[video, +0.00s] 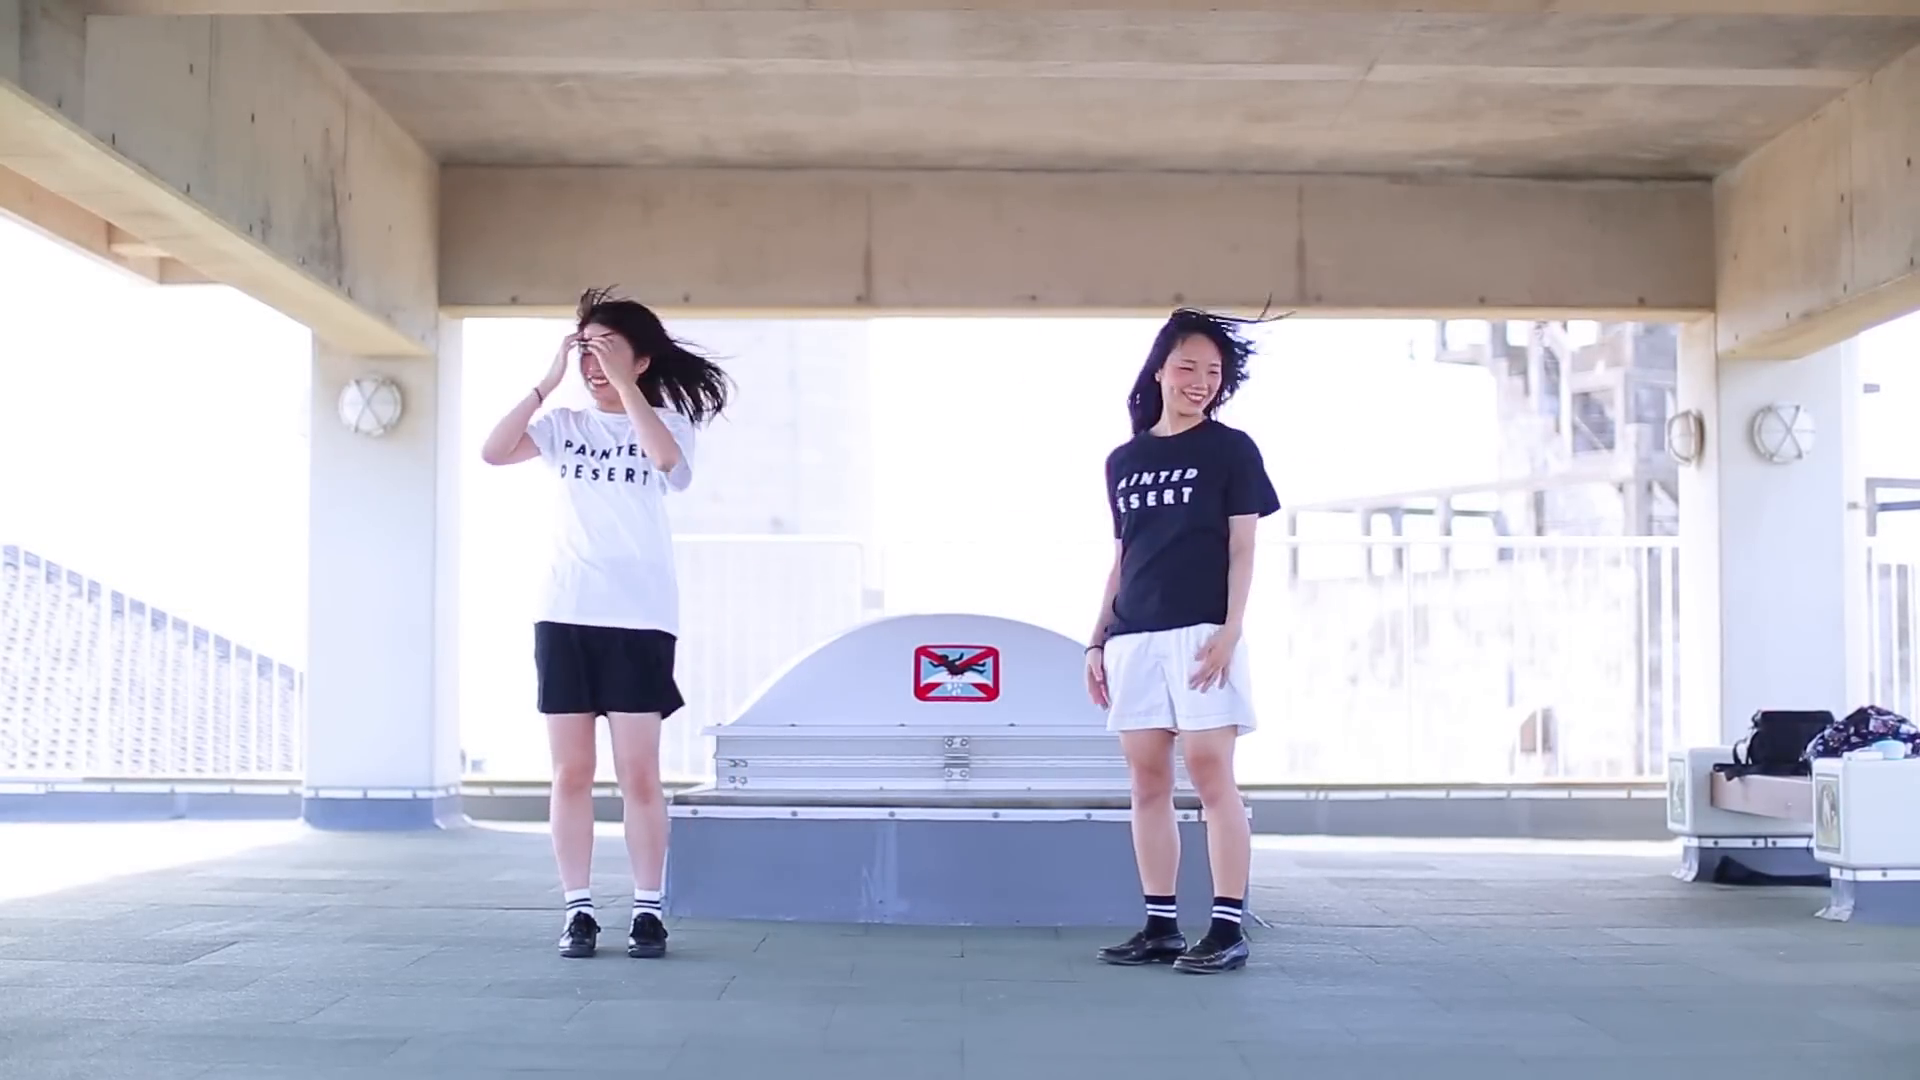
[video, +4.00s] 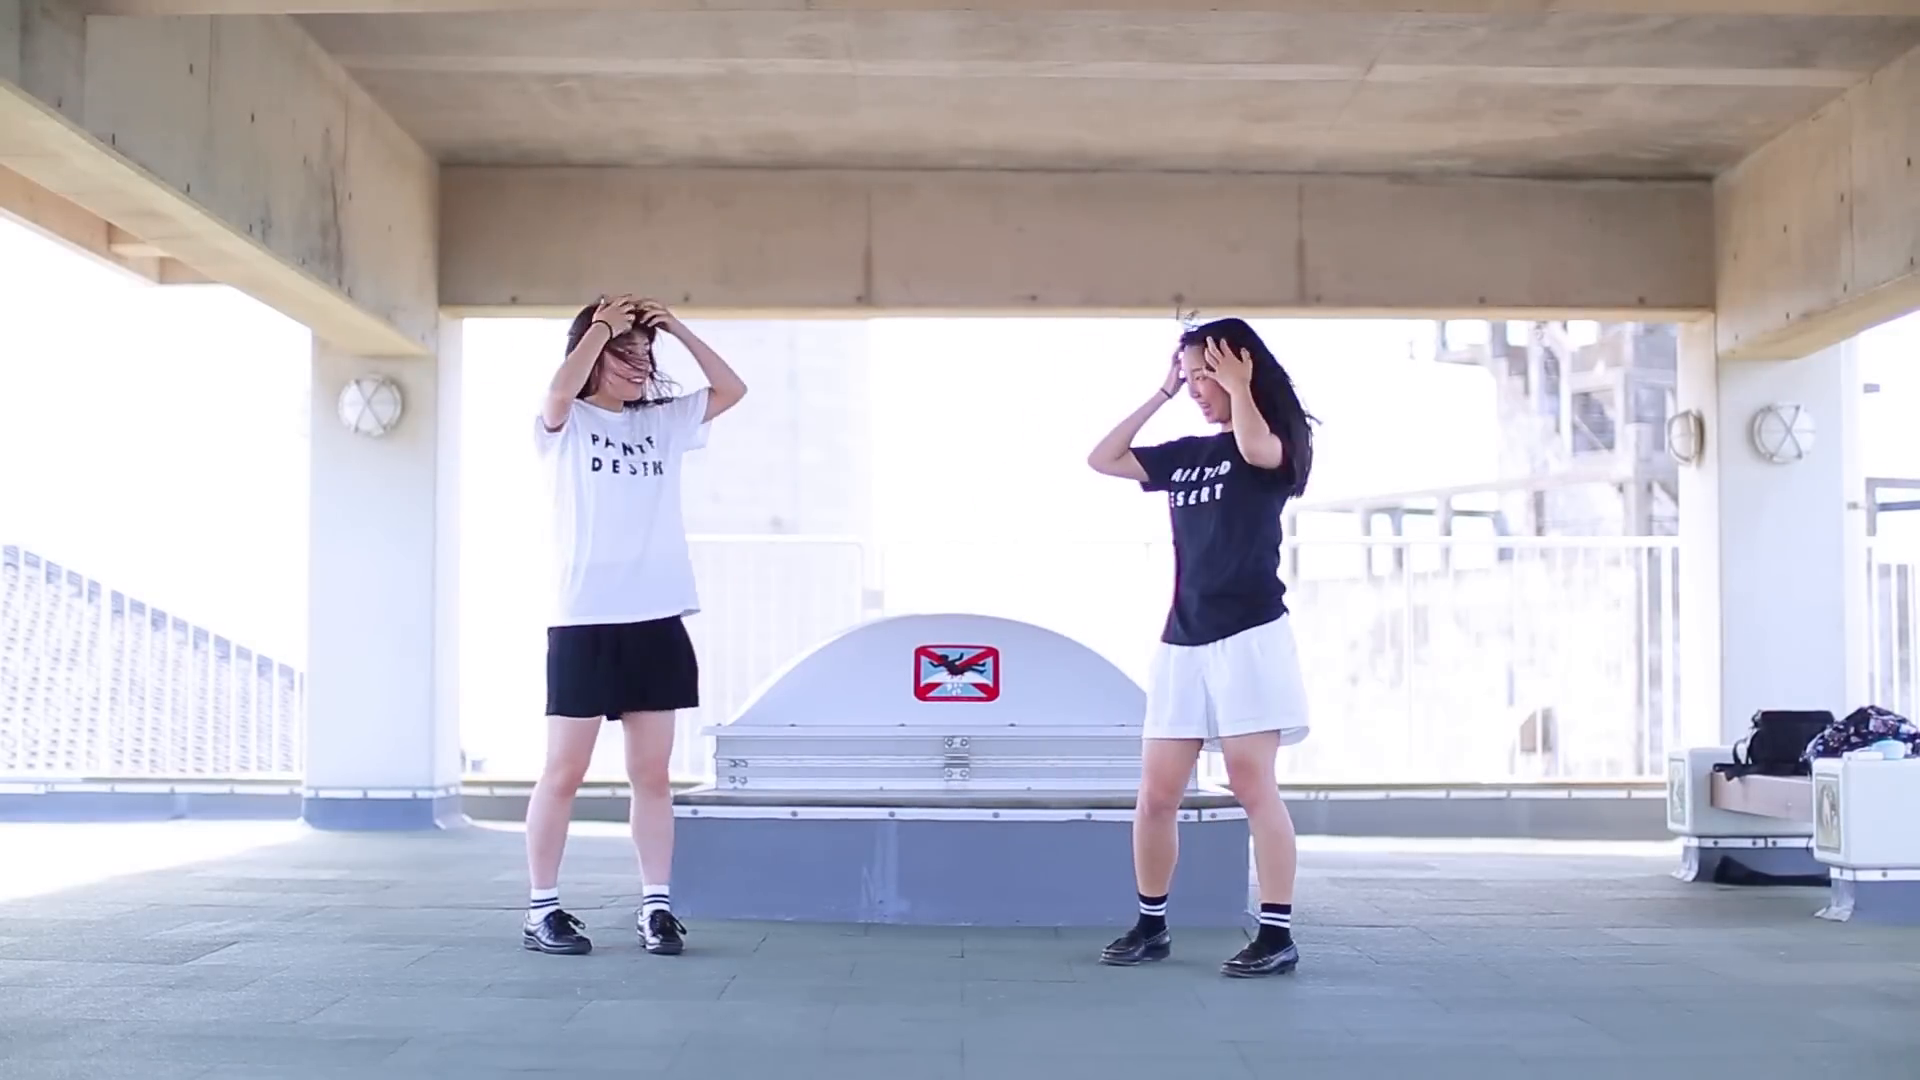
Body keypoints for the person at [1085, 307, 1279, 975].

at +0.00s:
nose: (1198, 379)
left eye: (1211, 369)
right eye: (1186, 365)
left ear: (1222, 380)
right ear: (1159, 369)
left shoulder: (1232, 448)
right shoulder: (1123, 460)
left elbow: (1242, 549)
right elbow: (1123, 556)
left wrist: (1230, 632)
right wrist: (1097, 642)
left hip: (1202, 633)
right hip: (1132, 638)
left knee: (1210, 776)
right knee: (1147, 779)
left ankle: (1228, 929)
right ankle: (1159, 928)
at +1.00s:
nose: (1129, 378)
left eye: (1136, 366)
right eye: (1129, 366)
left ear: (1172, 368)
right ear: (1161, 370)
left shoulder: (1228, 443)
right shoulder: (1136, 450)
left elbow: (1226, 557)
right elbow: (1116, 548)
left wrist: (1202, 642)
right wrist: (1091, 635)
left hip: (1192, 634)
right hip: (1125, 639)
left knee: (1204, 776)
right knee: (1145, 781)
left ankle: (1228, 930)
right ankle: (1160, 927)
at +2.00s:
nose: (1122, 390)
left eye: (1134, 377)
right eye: (1115, 380)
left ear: (1169, 380)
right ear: (1109, 389)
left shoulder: (1206, 455)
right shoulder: (1099, 460)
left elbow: (1213, 548)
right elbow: (1075, 547)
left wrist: (1167, 510)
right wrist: (1028, 606)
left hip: (1186, 639)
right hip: (1112, 641)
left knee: (1191, 782)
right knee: (1086, 795)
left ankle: (1226, 929)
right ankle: (1078, 918)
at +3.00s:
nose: (1164, 389)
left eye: (1175, 376)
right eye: (1152, 380)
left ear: (1206, 381)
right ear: (1144, 391)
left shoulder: (1238, 447)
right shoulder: (1136, 455)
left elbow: (1283, 500)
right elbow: (1096, 506)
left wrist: (1238, 418)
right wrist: (1130, 429)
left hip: (1241, 641)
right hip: (1165, 648)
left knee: (1240, 788)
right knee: (1157, 786)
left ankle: (1231, 920)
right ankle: (1094, 902)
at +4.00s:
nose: (1196, 393)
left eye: (1205, 379)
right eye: (1189, 383)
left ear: (1242, 377)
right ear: (1189, 386)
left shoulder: (1282, 442)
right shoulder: (1187, 453)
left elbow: (1258, 451)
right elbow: (1105, 458)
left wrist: (1244, 387)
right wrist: (1161, 396)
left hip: (1251, 637)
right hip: (1182, 642)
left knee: (1253, 786)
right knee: (1156, 796)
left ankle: (1275, 936)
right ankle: (1150, 926)